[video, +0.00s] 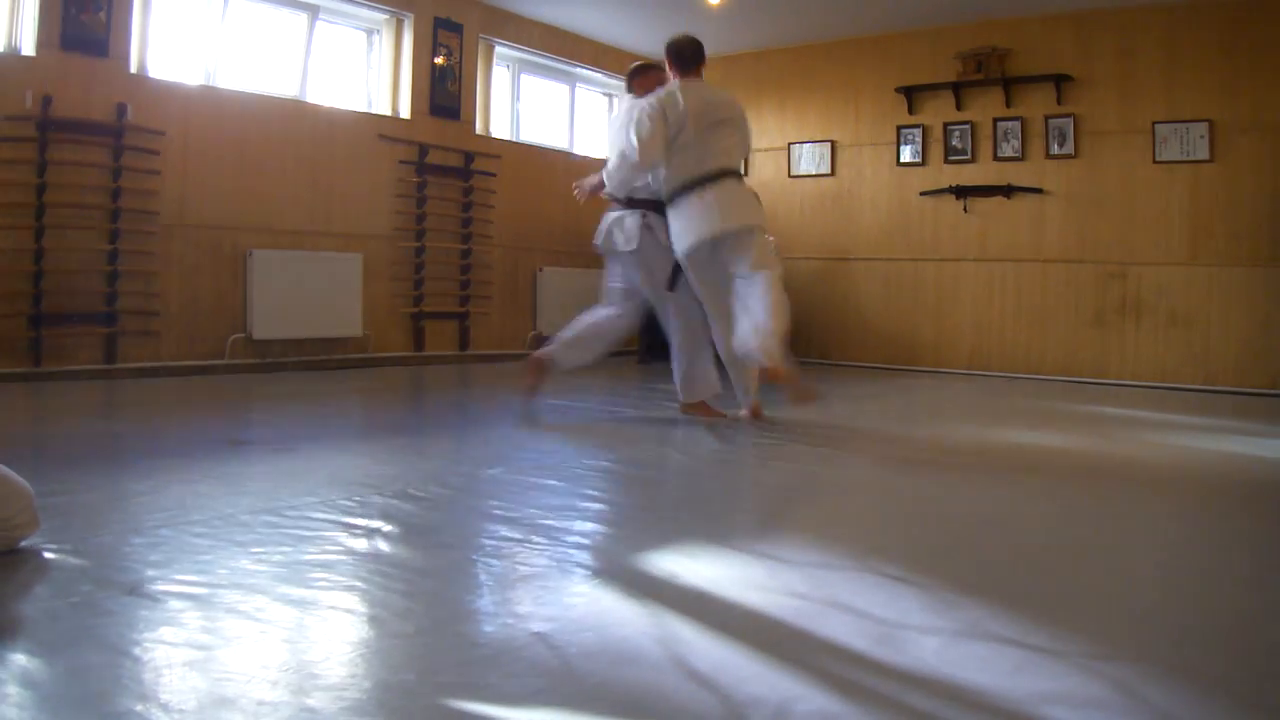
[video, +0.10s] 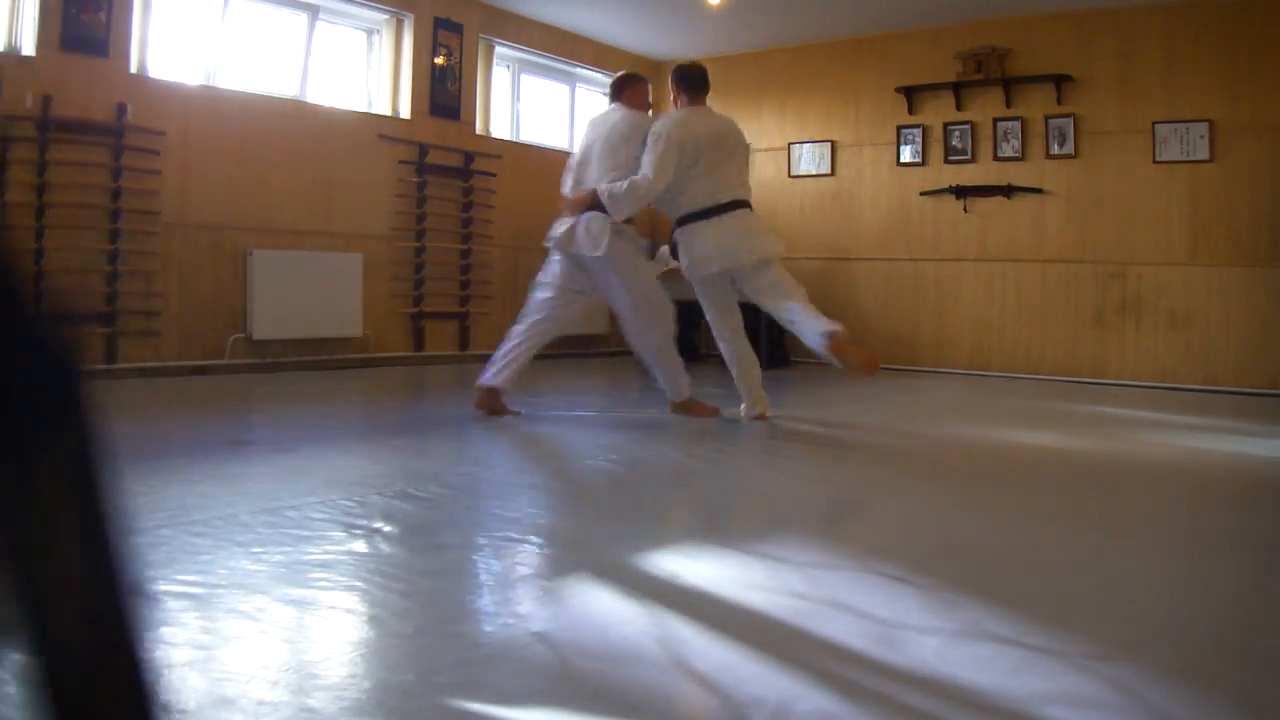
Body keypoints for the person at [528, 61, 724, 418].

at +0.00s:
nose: (666, 87)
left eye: (664, 81)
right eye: (661, 82)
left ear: (632, 86)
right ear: (645, 85)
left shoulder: (621, 116)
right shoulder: (650, 111)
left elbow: (625, 167)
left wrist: (596, 181)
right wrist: (598, 180)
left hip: (618, 223)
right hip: (646, 224)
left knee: (621, 309)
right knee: (683, 308)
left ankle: (549, 356)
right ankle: (694, 397)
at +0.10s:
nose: (649, 100)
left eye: (648, 93)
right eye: (646, 93)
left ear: (614, 95)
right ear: (633, 93)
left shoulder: (594, 125)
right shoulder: (643, 123)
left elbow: (570, 184)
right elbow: (656, 174)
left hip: (571, 231)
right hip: (611, 233)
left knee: (540, 313)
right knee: (651, 311)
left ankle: (490, 386)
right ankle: (680, 396)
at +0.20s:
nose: (640, 109)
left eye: (639, 102)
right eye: (636, 102)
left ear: (605, 102)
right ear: (621, 101)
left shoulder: (578, 127)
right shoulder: (630, 133)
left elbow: (546, 179)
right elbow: (630, 190)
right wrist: (623, 223)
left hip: (544, 227)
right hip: (583, 231)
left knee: (529, 321)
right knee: (627, 314)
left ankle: (487, 393)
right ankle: (662, 398)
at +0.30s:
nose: (635, 112)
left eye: (635, 105)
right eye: (631, 104)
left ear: (602, 101)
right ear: (616, 101)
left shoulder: (569, 125)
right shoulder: (620, 129)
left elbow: (541, 172)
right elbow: (624, 183)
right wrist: (612, 224)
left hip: (534, 221)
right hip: (570, 221)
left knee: (524, 317)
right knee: (625, 302)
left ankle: (489, 399)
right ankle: (626, 392)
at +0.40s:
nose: (639, 114)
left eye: (640, 105)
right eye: (635, 104)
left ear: (603, 100)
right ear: (615, 99)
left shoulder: (570, 122)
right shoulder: (619, 126)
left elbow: (540, 172)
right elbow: (616, 191)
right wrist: (614, 235)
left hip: (531, 216)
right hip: (568, 217)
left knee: (525, 313)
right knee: (626, 297)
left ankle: (491, 398)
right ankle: (596, 383)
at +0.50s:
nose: (640, 106)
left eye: (640, 98)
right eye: (637, 97)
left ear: (606, 94)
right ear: (622, 93)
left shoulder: (576, 121)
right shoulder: (619, 124)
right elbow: (619, 186)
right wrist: (623, 235)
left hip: (535, 215)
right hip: (568, 216)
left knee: (528, 313)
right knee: (626, 298)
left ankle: (490, 398)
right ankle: (602, 390)